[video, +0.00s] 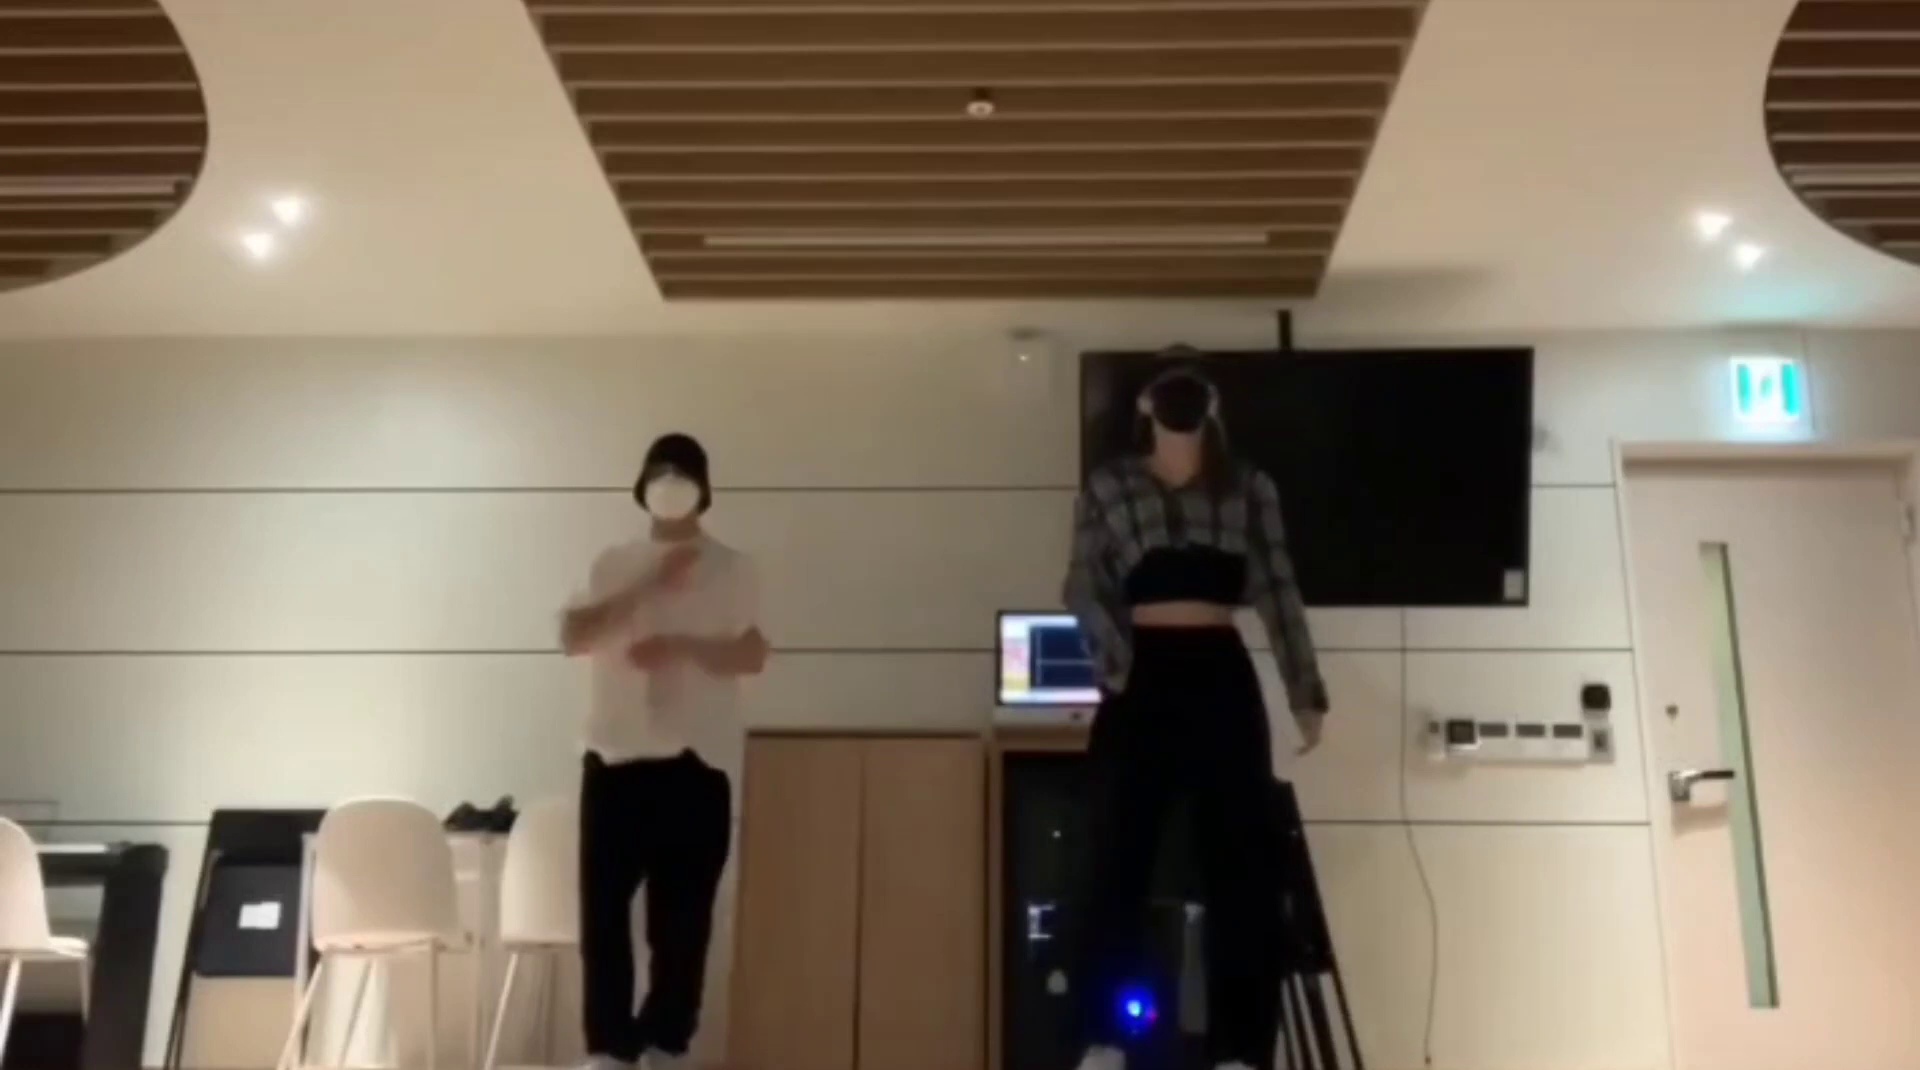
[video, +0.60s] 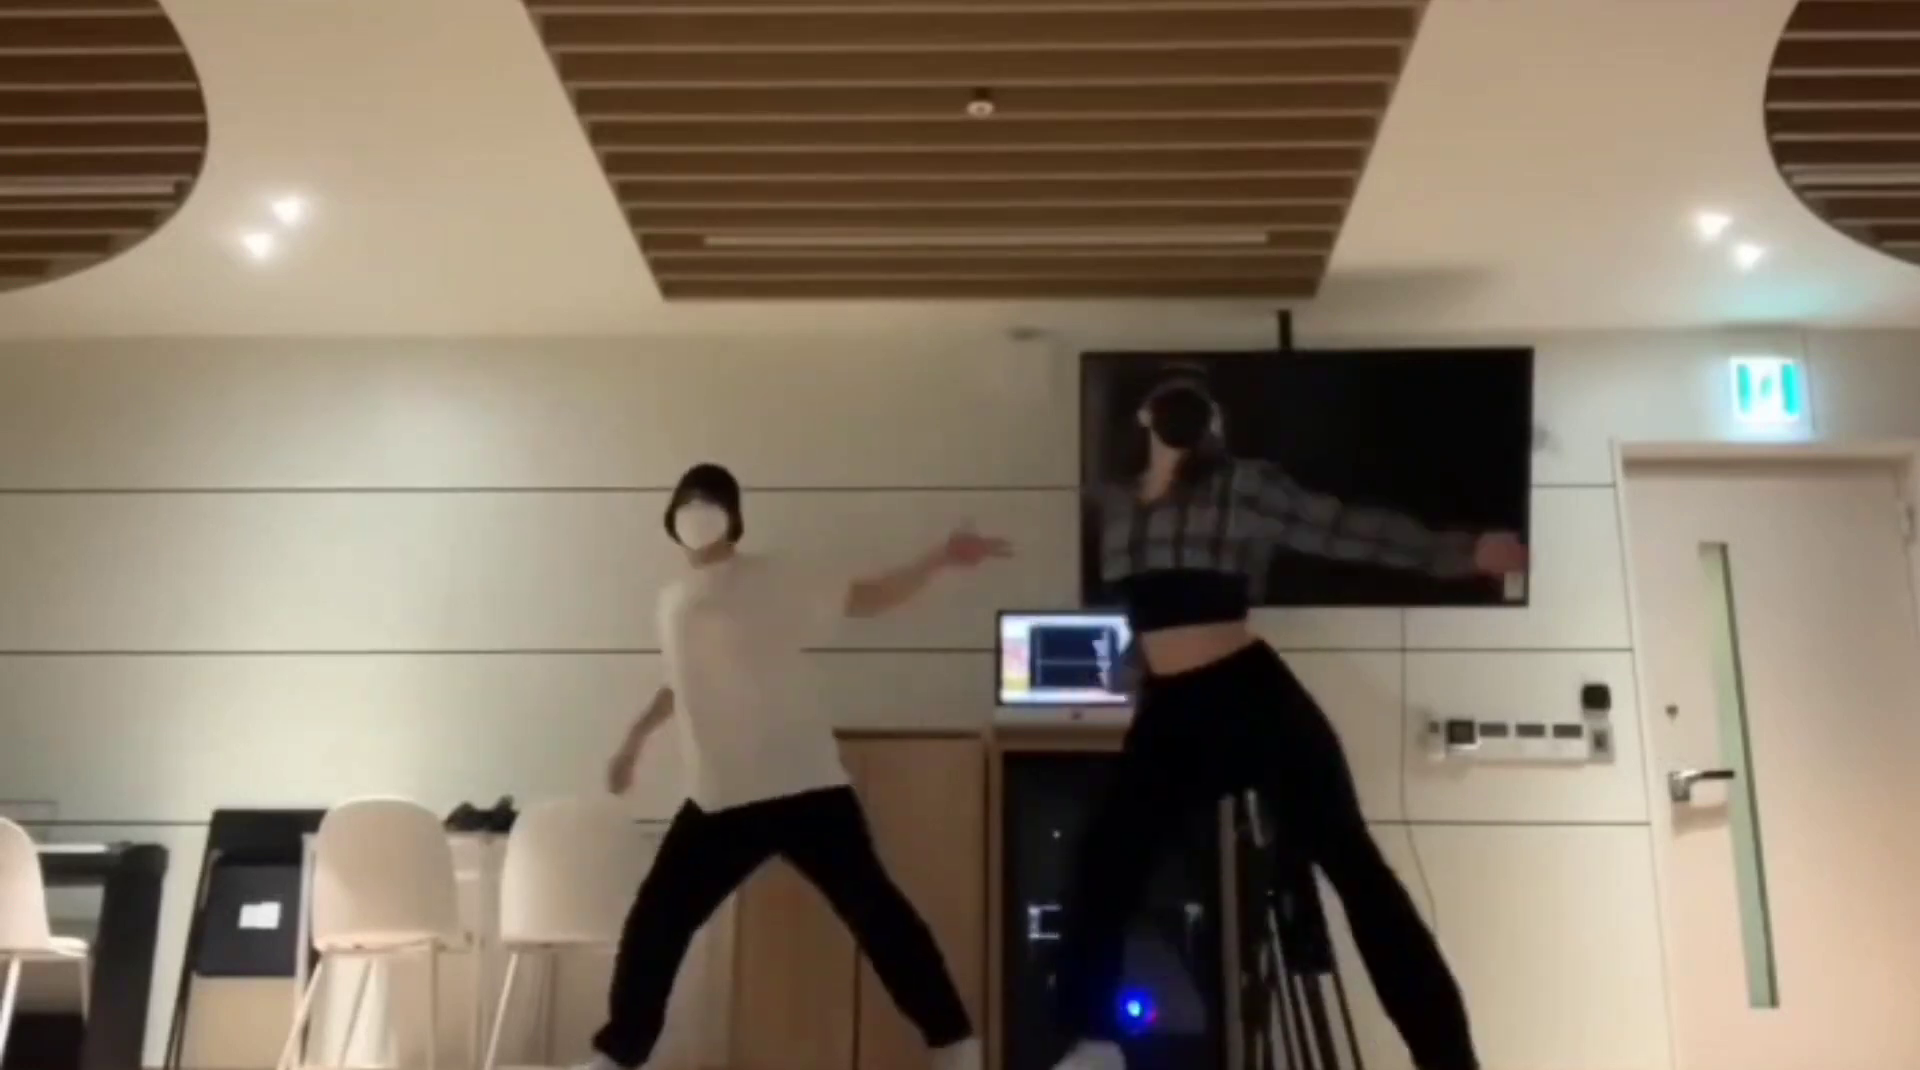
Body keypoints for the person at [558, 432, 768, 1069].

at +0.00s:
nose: (669, 491)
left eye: (683, 479)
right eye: (658, 479)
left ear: (704, 490)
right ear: (642, 489)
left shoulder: (733, 569)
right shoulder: (617, 563)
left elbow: (753, 655)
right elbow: (574, 636)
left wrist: (679, 647)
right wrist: (651, 584)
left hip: (698, 765)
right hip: (615, 763)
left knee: (681, 916)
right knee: (604, 914)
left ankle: (666, 1046)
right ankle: (608, 1047)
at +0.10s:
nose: (666, 495)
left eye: (680, 484)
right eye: (654, 484)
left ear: (699, 496)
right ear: (637, 495)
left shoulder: (731, 575)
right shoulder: (612, 565)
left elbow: (776, 647)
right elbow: (555, 621)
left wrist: (741, 683)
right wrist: (610, 617)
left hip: (716, 760)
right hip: (632, 768)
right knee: (606, 905)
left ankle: (720, 967)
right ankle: (613, 1044)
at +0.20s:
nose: (668, 504)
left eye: (682, 493)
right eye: (657, 493)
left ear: (701, 505)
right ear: (640, 503)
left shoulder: (735, 584)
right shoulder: (610, 577)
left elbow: (798, 642)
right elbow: (552, 619)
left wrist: (768, 665)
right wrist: (544, 661)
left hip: (721, 752)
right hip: (639, 766)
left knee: (775, 808)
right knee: (611, 904)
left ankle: (761, 937)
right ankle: (617, 1044)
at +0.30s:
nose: (680, 510)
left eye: (692, 500)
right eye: (667, 500)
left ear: (712, 512)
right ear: (649, 512)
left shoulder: (737, 587)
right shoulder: (623, 587)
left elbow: (797, 637)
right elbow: (547, 641)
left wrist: (773, 629)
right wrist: (468, 695)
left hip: (735, 758)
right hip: (655, 781)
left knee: (807, 799)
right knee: (622, 912)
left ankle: (820, 920)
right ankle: (620, 1048)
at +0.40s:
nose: (692, 519)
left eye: (704, 507)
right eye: (681, 507)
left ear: (724, 519)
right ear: (662, 519)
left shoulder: (754, 589)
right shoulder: (636, 601)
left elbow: (770, 653)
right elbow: (566, 669)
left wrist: (808, 602)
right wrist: (497, 726)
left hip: (769, 779)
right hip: (680, 793)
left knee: (847, 883)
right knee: (630, 920)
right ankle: (621, 1049)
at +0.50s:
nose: (691, 521)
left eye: (703, 510)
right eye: (680, 511)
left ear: (725, 521)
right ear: (664, 524)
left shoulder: (755, 589)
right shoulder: (645, 604)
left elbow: (779, 655)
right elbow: (581, 672)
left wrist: (827, 600)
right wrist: (520, 730)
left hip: (777, 790)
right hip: (688, 802)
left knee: (848, 899)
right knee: (626, 927)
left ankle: (936, 1014)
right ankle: (621, 1052)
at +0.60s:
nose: (698, 516)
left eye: (712, 503)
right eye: (685, 507)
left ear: (734, 515)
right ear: (672, 523)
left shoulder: (776, 580)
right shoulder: (674, 602)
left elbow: (871, 596)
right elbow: (681, 683)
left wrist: (939, 560)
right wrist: (634, 740)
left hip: (804, 791)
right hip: (718, 803)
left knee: (877, 914)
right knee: (653, 925)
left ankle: (953, 1042)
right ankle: (620, 1052)